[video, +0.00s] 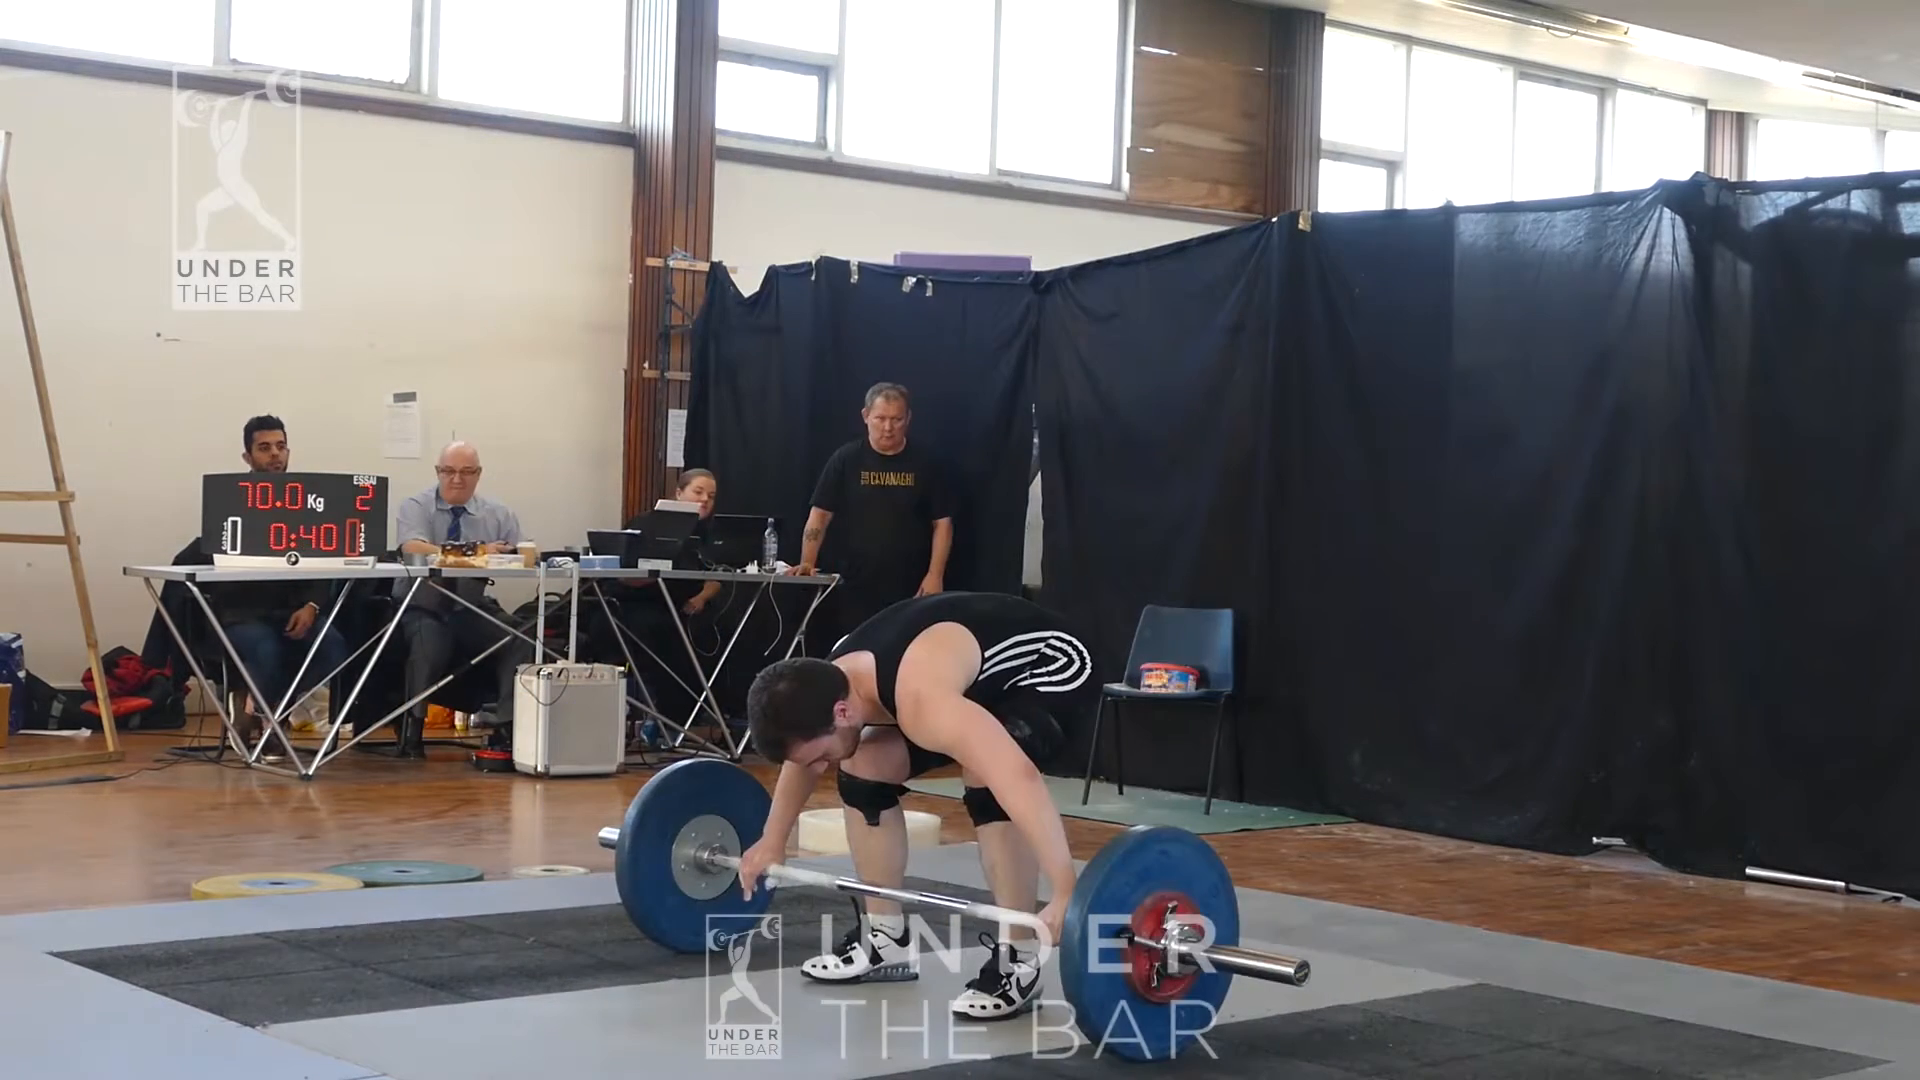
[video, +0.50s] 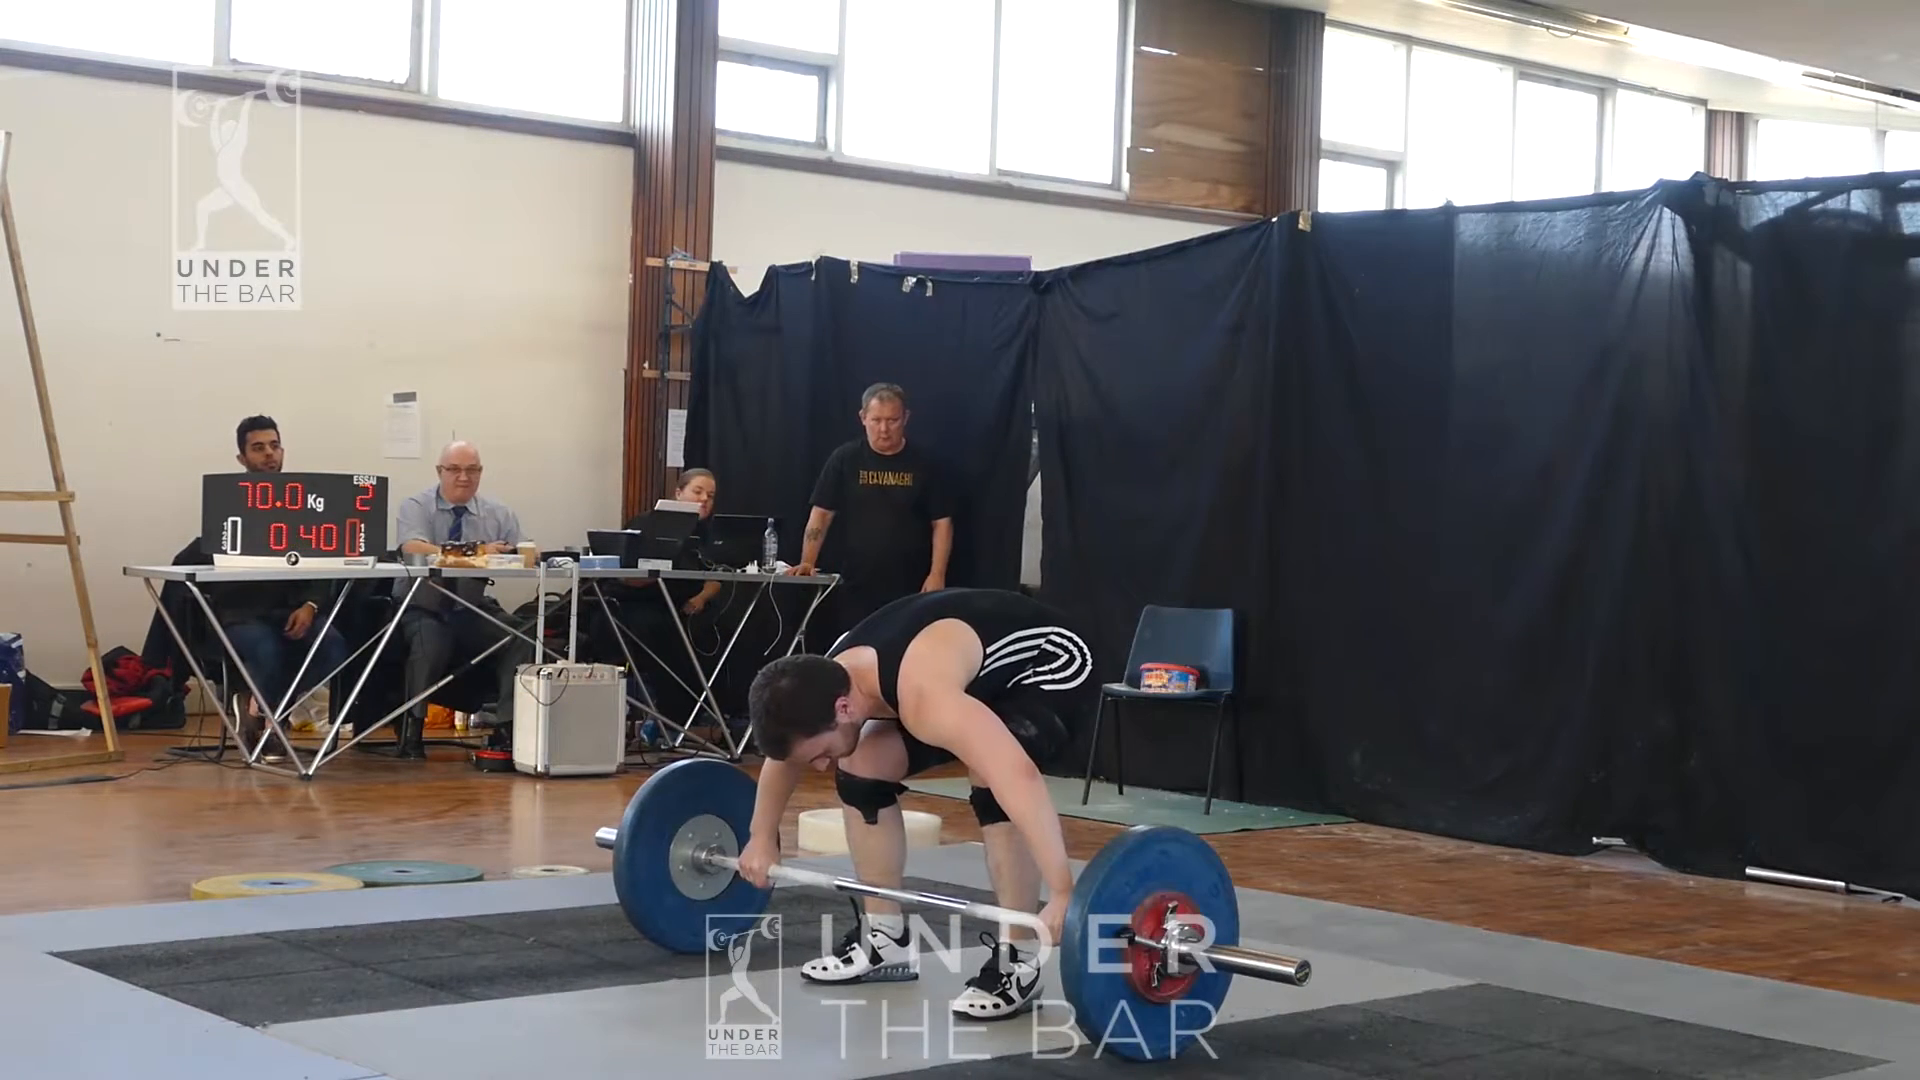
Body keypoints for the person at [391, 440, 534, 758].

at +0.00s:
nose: (457, 479)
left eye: (466, 472)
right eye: (449, 471)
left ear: (479, 475)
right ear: (437, 472)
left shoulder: (499, 514)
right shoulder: (415, 506)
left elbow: (527, 557)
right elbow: (411, 548)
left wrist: (499, 554)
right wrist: (469, 552)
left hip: (475, 606)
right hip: (424, 606)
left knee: (517, 640)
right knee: (429, 643)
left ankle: (508, 731)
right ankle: (413, 732)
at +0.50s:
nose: (463, 477)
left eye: (472, 470)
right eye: (454, 470)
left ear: (481, 473)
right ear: (439, 472)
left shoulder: (500, 514)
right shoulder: (416, 506)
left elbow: (530, 556)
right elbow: (413, 549)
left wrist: (503, 552)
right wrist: (470, 554)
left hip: (475, 608)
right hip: (424, 608)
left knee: (519, 638)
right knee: (430, 643)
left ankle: (507, 730)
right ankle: (412, 732)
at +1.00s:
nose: (463, 477)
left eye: (472, 470)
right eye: (454, 470)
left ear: (481, 474)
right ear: (439, 472)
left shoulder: (500, 514)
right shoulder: (416, 506)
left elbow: (531, 556)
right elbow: (413, 549)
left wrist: (503, 552)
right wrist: (470, 554)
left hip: (475, 609)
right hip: (424, 608)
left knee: (519, 637)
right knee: (430, 643)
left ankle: (507, 730)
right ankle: (412, 733)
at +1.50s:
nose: (453, 475)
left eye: (463, 469)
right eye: (446, 467)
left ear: (479, 475)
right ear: (438, 470)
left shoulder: (500, 514)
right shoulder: (416, 506)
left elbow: (530, 556)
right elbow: (412, 548)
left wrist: (503, 552)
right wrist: (466, 555)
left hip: (475, 608)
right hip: (423, 608)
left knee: (519, 637)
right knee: (430, 643)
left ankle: (507, 731)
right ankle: (412, 734)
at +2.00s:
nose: (453, 474)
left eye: (463, 468)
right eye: (446, 466)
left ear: (479, 474)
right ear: (438, 469)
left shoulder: (499, 514)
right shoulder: (416, 505)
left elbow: (530, 555)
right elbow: (411, 546)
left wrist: (501, 552)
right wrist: (464, 554)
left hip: (475, 608)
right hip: (423, 607)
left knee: (519, 638)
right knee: (430, 643)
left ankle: (507, 731)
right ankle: (412, 734)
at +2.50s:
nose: (453, 474)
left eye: (463, 468)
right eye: (447, 466)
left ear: (479, 474)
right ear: (438, 469)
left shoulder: (499, 514)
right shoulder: (416, 505)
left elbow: (530, 555)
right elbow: (411, 547)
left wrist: (503, 552)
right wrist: (464, 554)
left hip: (475, 608)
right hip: (423, 607)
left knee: (519, 638)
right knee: (430, 643)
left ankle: (507, 731)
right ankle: (412, 734)